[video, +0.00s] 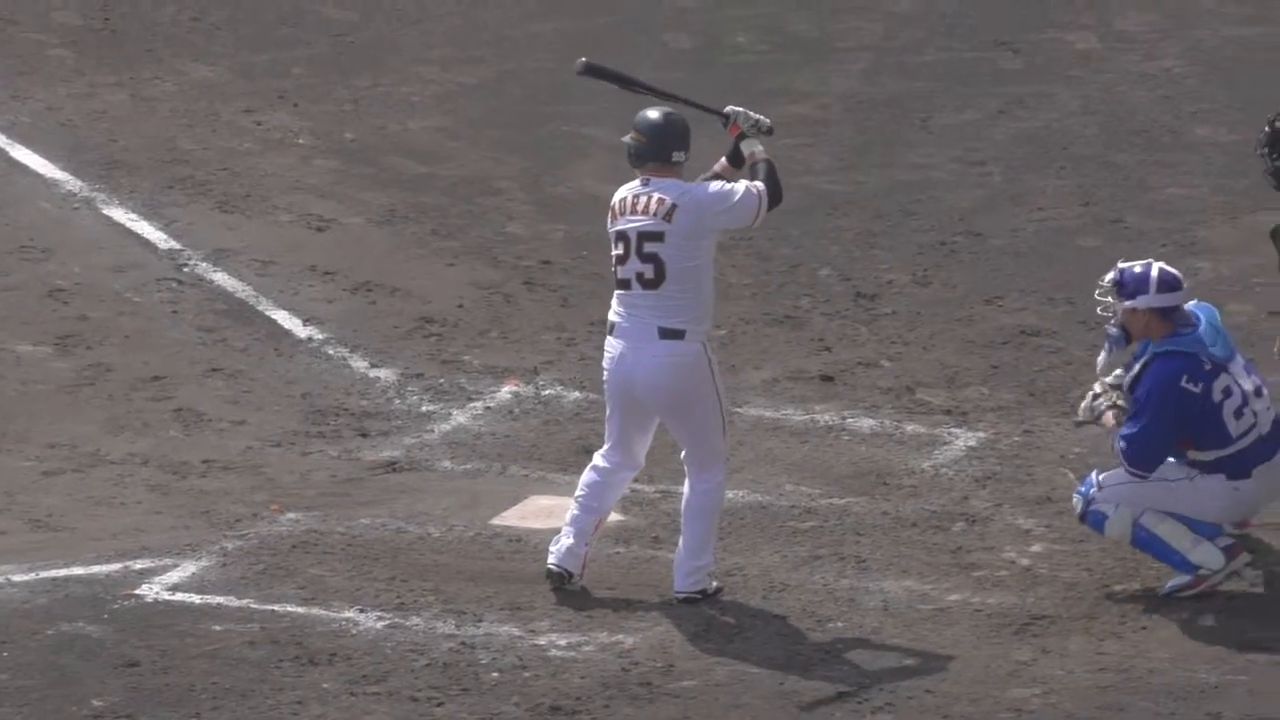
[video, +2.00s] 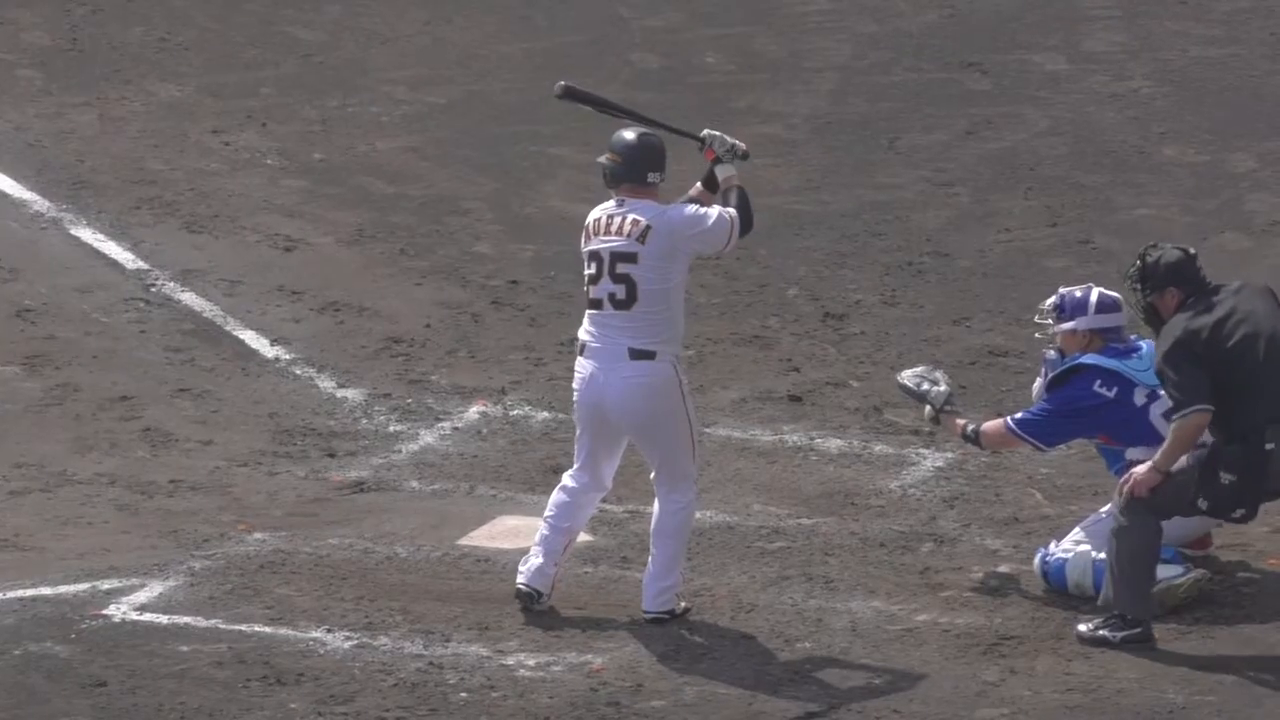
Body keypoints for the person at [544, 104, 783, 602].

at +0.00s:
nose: (631, 154)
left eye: (633, 148)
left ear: (637, 152)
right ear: (683, 152)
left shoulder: (621, 201)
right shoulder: (701, 200)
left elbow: (701, 188)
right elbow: (769, 193)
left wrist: (737, 145)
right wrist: (757, 148)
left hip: (619, 351)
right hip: (680, 357)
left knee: (617, 454)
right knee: (705, 465)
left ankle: (565, 554)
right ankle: (692, 579)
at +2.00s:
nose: (606, 175)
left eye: (610, 168)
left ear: (612, 173)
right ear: (659, 173)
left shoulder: (595, 220)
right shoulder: (675, 221)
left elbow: (670, 214)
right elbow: (740, 221)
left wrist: (711, 173)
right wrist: (731, 175)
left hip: (589, 372)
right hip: (650, 378)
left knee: (585, 476)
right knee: (675, 486)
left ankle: (534, 576)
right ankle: (661, 599)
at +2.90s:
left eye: (582, 197)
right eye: (630, 199)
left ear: (584, 199)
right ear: (627, 202)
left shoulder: (567, 242)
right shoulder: (638, 245)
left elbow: (641, 278)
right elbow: (708, 263)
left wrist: (710, 232)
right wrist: (705, 219)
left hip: (539, 392)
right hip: (599, 402)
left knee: (592, 435)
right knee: (632, 501)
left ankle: (554, 515)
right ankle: (619, 608)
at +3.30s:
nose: (594, 215)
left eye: (548, 201)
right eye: (593, 207)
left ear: (551, 205)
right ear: (591, 208)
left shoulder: (537, 243)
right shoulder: (598, 246)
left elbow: (607, 293)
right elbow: (668, 272)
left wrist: (666, 261)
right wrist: (672, 237)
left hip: (499, 381)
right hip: (548, 394)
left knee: (587, 404)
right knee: (598, 484)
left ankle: (532, 499)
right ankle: (601, 587)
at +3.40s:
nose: (538, 210)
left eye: (541, 204)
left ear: (545, 208)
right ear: (582, 212)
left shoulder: (530, 245)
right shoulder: (588, 247)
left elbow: (604, 295)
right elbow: (656, 268)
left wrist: (667, 263)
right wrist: (662, 239)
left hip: (490, 378)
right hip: (539, 389)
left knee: (534, 429)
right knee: (594, 479)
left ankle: (480, 506)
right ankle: (603, 581)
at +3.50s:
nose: (529, 218)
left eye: (531, 212)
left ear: (535, 215)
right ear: (570, 218)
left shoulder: (522, 250)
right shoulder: (573, 251)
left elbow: (593, 293)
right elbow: (638, 265)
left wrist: (651, 261)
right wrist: (647, 239)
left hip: (481, 376)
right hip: (528, 387)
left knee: (480, 448)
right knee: (587, 473)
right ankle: (603, 571)